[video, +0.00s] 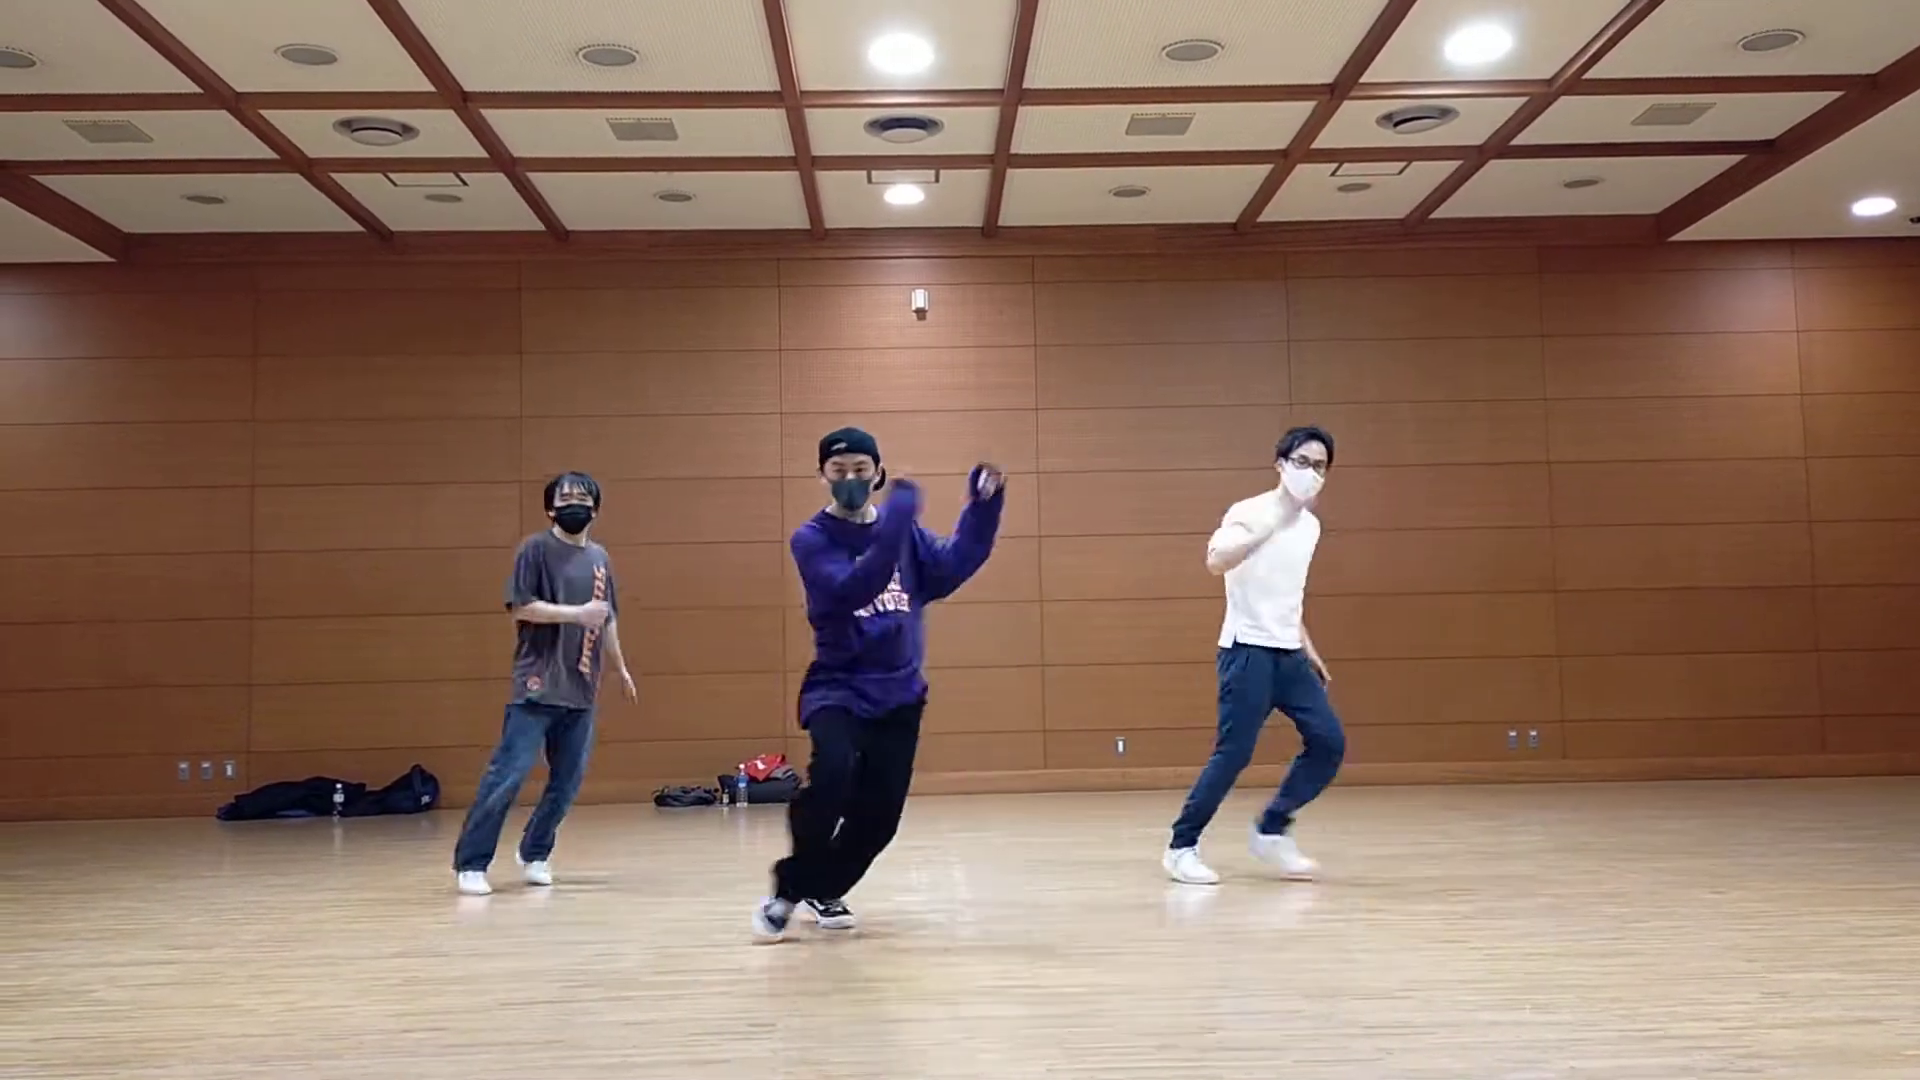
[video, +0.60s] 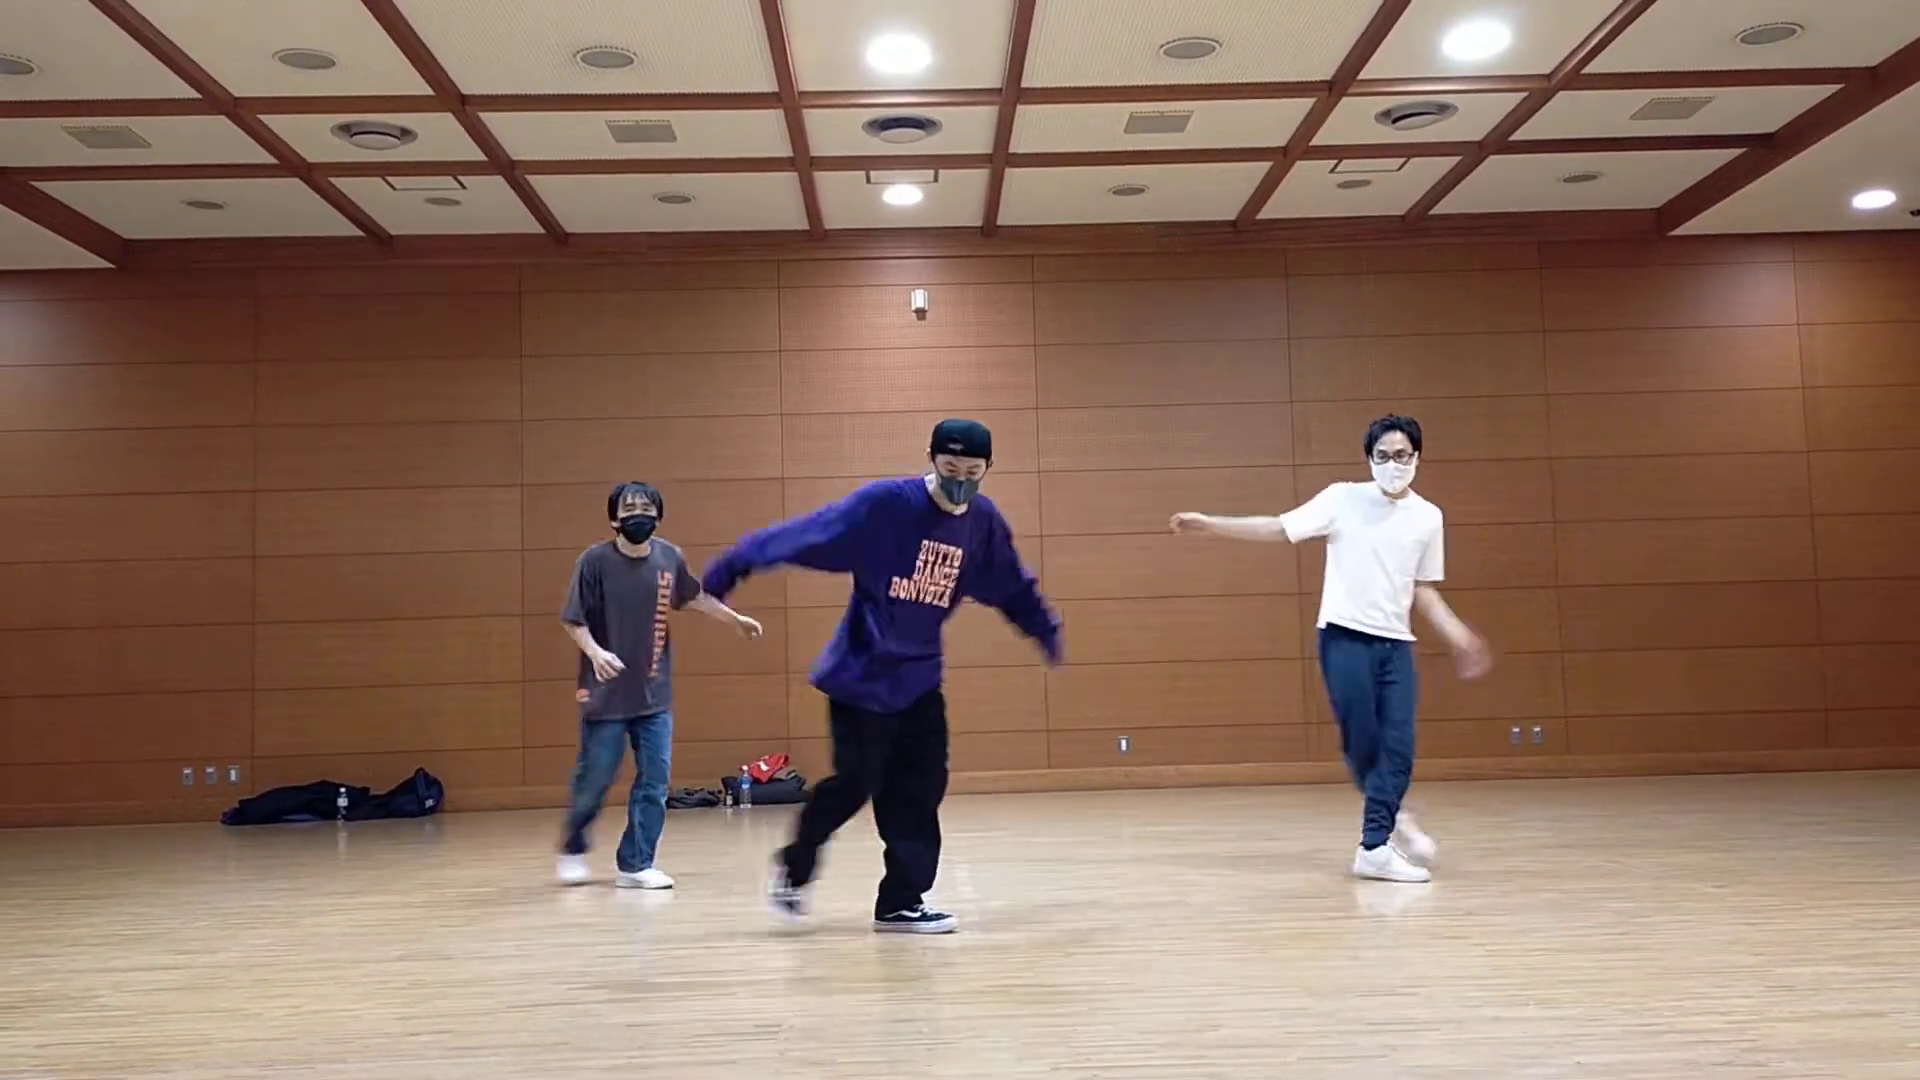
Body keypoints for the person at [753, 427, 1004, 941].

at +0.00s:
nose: (851, 480)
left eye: (861, 471)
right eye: (840, 471)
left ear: (879, 476)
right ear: (823, 478)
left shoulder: (901, 530)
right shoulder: (812, 539)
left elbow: (951, 565)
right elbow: (851, 592)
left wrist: (983, 507)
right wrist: (894, 518)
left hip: (898, 694)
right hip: (837, 690)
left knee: (879, 819)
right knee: (834, 776)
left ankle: (825, 890)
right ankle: (792, 886)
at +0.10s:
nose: (862, 456)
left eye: (872, 449)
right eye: (851, 448)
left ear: (886, 459)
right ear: (834, 455)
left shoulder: (888, 519)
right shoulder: (816, 511)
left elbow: (900, 595)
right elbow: (876, 558)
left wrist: (950, 570)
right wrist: (937, 510)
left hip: (880, 678)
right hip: (821, 675)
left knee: (885, 800)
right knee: (813, 787)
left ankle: (831, 876)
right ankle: (758, 898)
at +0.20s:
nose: (884, 452)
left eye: (894, 444)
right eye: (873, 442)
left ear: (908, 451)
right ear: (853, 445)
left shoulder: (883, 510)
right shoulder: (832, 496)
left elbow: (874, 586)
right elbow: (886, 552)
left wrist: (917, 632)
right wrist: (965, 546)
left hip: (861, 669)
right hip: (809, 667)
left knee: (891, 775)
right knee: (801, 788)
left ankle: (854, 882)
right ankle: (737, 897)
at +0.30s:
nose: (905, 458)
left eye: (917, 451)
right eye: (896, 447)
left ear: (928, 459)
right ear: (875, 449)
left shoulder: (889, 513)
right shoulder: (850, 498)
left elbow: (881, 595)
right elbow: (898, 565)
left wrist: (901, 655)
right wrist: (959, 616)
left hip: (850, 672)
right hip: (804, 667)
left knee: (884, 784)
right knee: (776, 786)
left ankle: (904, 901)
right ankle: (711, 898)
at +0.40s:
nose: (928, 477)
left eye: (940, 470)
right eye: (919, 466)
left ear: (952, 475)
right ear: (900, 464)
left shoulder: (920, 523)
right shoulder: (868, 511)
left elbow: (918, 599)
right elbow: (871, 598)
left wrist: (925, 662)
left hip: (855, 674)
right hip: (803, 670)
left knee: (886, 782)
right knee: (767, 782)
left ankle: (897, 900)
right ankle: (710, 899)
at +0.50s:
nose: (951, 483)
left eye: (963, 475)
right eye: (942, 471)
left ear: (975, 478)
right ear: (924, 467)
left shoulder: (958, 527)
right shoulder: (884, 513)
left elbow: (960, 594)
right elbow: (822, 580)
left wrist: (977, 649)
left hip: (882, 677)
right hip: (826, 675)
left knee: (897, 784)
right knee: (797, 783)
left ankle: (897, 902)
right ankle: (726, 890)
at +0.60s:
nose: (961, 476)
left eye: (973, 468)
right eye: (951, 464)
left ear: (985, 469)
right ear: (933, 460)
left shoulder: (983, 524)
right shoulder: (889, 503)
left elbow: (1009, 581)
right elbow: (809, 534)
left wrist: (1044, 626)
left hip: (919, 671)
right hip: (861, 667)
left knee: (920, 786)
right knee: (856, 780)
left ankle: (900, 902)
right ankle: (794, 865)